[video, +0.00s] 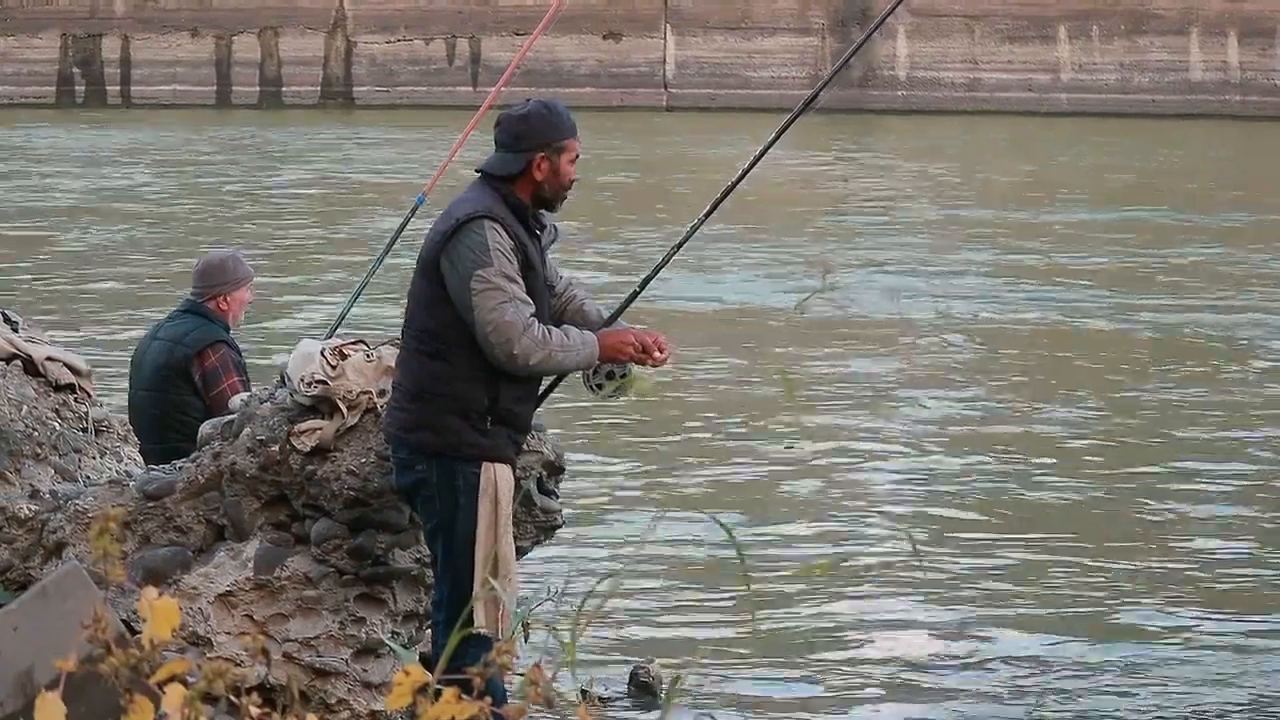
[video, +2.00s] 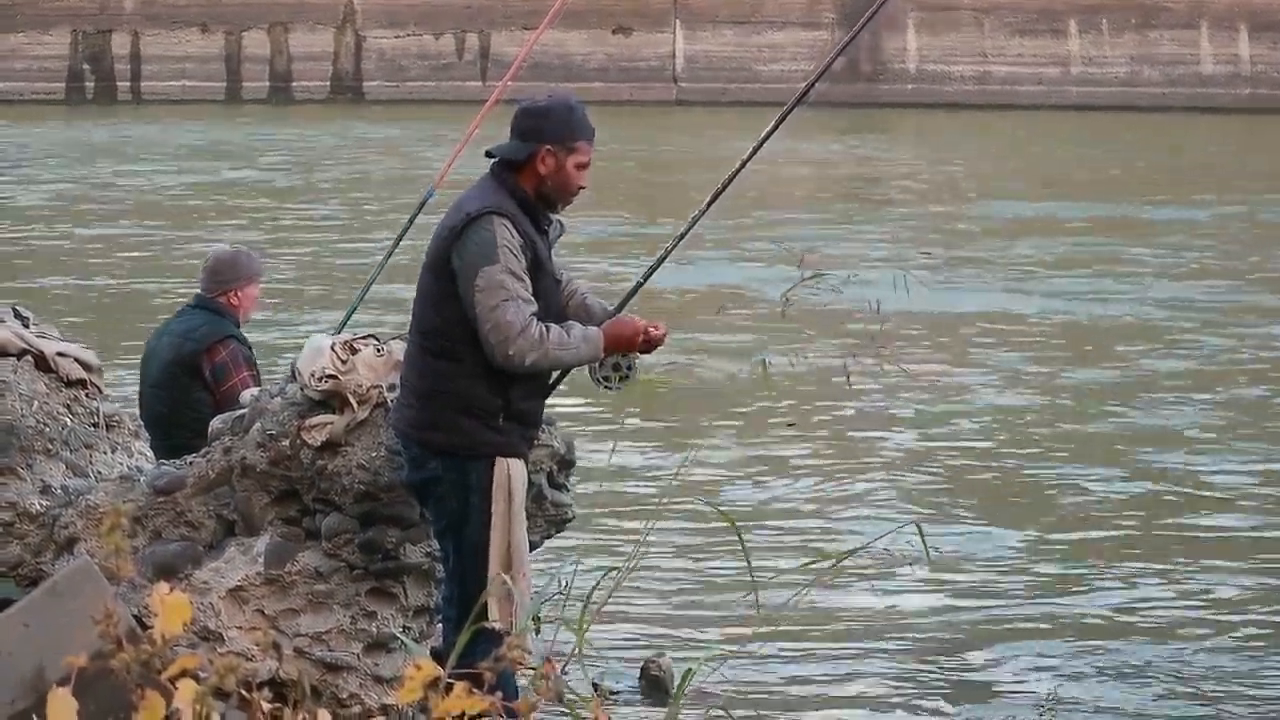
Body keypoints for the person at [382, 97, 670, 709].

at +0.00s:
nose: (576, 172)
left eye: (576, 159)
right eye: (571, 160)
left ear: (532, 162)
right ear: (538, 164)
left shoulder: (515, 225)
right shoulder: (479, 232)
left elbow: (558, 299)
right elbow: (514, 342)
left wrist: (614, 335)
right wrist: (601, 345)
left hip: (477, 443)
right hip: (449, 446)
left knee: (476, 601)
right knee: (468, 606)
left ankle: (466, 709)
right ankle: (469, 712)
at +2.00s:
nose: (586, 179)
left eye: (588, 166)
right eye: (582, 165)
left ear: (547, 159)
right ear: (545, 160)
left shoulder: (522, 220)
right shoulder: (490, 227)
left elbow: (559, 299)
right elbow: (513, 342)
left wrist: (616, 329)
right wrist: (602, 340)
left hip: (483, 442)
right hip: (457, 446)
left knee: (484, 595)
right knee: (477, 601)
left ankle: (481, 707)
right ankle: (476, 710)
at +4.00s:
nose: (600, 181)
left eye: (603, 168)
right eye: (594, 168)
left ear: (560, 161)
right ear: (558, 161)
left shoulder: (530, 217)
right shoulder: (504, 224)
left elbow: (563, 296)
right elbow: (523, 340)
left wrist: (619, 322)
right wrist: (611, 342)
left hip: (489, 438)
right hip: (465, 442)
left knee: (495, 593)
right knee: (483, 599)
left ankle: (491, 707)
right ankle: (482, 710)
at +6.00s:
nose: (598, 182)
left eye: (601, 169)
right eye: (592, 169)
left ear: (560, 160)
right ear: (554, 161)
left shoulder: (533, 217)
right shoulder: (506, 223)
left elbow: (554, 303)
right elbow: (503, 337)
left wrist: (623, 328)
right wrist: (594, 372)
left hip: (494, 437)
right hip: (469, 442)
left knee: (497, 595)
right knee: (490, 600)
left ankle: (489, 711)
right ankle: (484, 713)